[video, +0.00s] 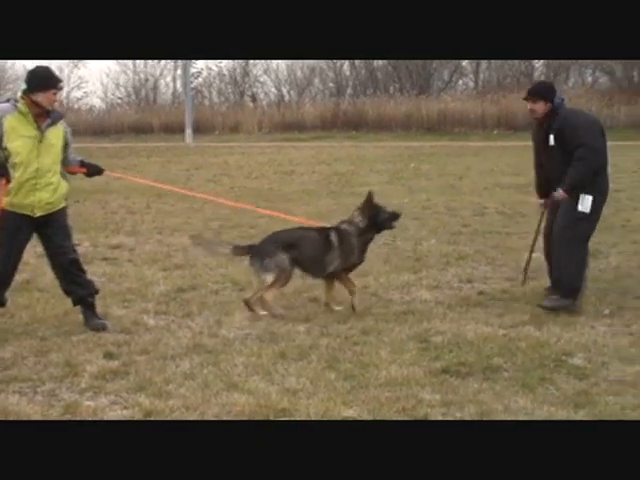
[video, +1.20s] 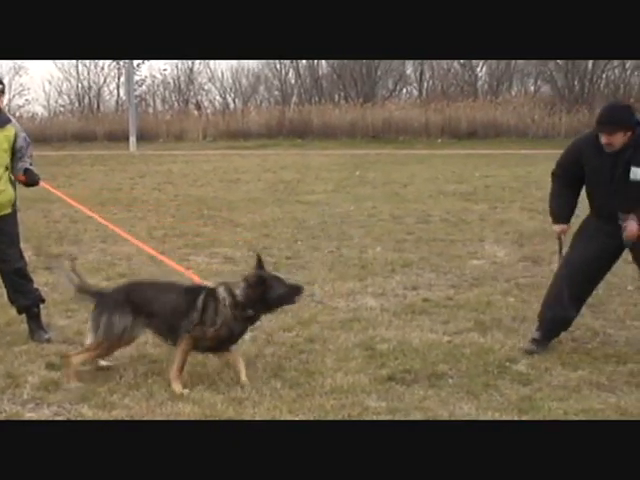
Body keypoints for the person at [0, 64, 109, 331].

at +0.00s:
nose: (55, 97)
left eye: (57, 92)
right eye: (50, 92)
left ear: (54, 93)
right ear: (33, 92)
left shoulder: (59, 126)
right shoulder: (7, 120)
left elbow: (67, 161)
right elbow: (3, 157)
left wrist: (85, 166)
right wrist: (5, 173)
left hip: (52, 206)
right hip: (15, 207)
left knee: (67, 260)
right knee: (4, 266)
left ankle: (89, 310)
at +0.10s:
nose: (45, 98)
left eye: (46, 93)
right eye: (40, 93)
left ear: (42, 94)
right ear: (22, 94)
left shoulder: (47, 126)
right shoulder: (3, 123)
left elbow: (52, 162)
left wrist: (69, 168)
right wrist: (2, 178)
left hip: (40, 207)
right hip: (7, 210)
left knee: (56, 260)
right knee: (0, 264)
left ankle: (79, 311)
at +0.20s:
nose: (37, 98)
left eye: (38, 93)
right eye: (32, 93)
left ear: (36, 95)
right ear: (14, 94)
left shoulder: (38, 125)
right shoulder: (3, 121)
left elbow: (43, 161)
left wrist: (58, 168)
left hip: (33, 207)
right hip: (5, 210)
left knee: (48, 260)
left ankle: (72, 311)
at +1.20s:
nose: (2, 102)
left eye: (2, 96)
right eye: (2, 97)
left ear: (4, 98)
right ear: (3, 99)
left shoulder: (11, 130)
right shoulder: (11, 131)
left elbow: (21, 157)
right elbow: (21, 157)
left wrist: (25, 172)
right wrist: (24, 171)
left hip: (6, 207)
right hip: (5, 208)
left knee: (13, 263)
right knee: (11, 263)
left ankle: (34, 319)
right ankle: (33, 318)